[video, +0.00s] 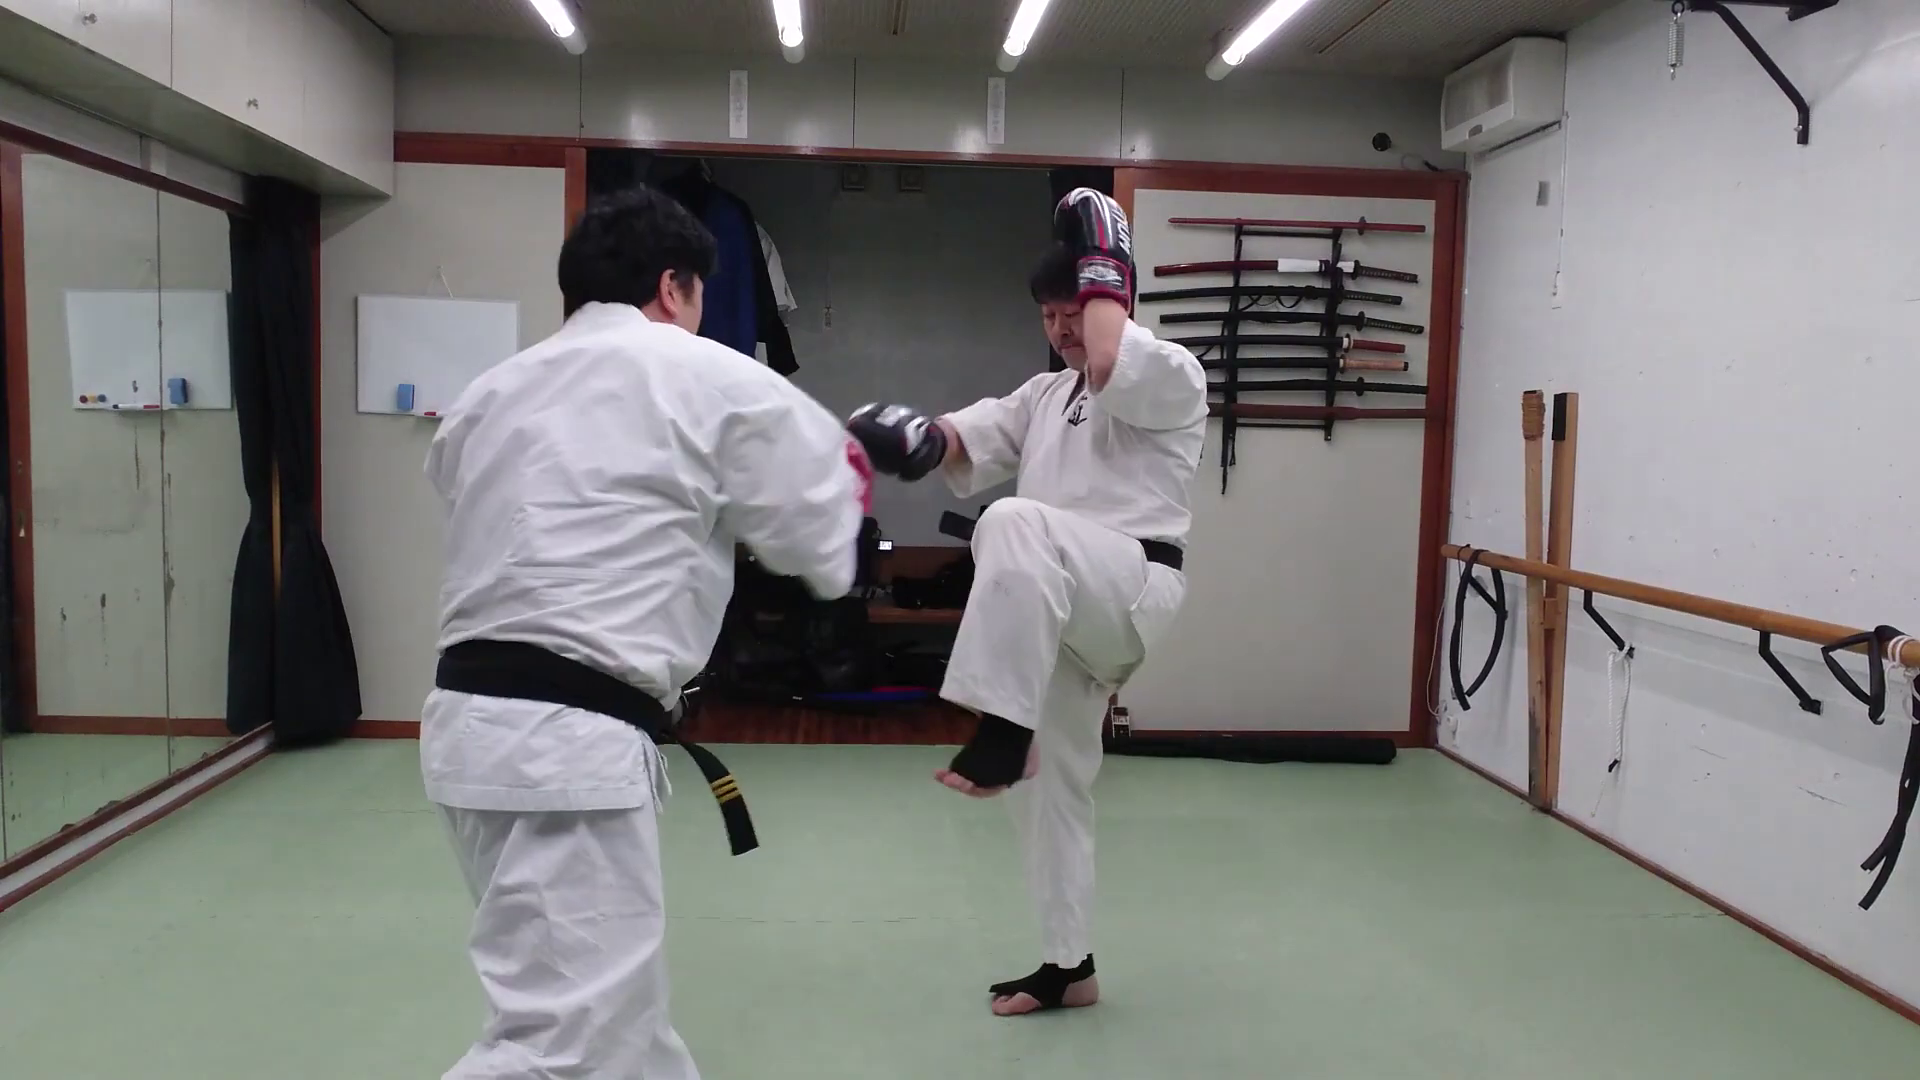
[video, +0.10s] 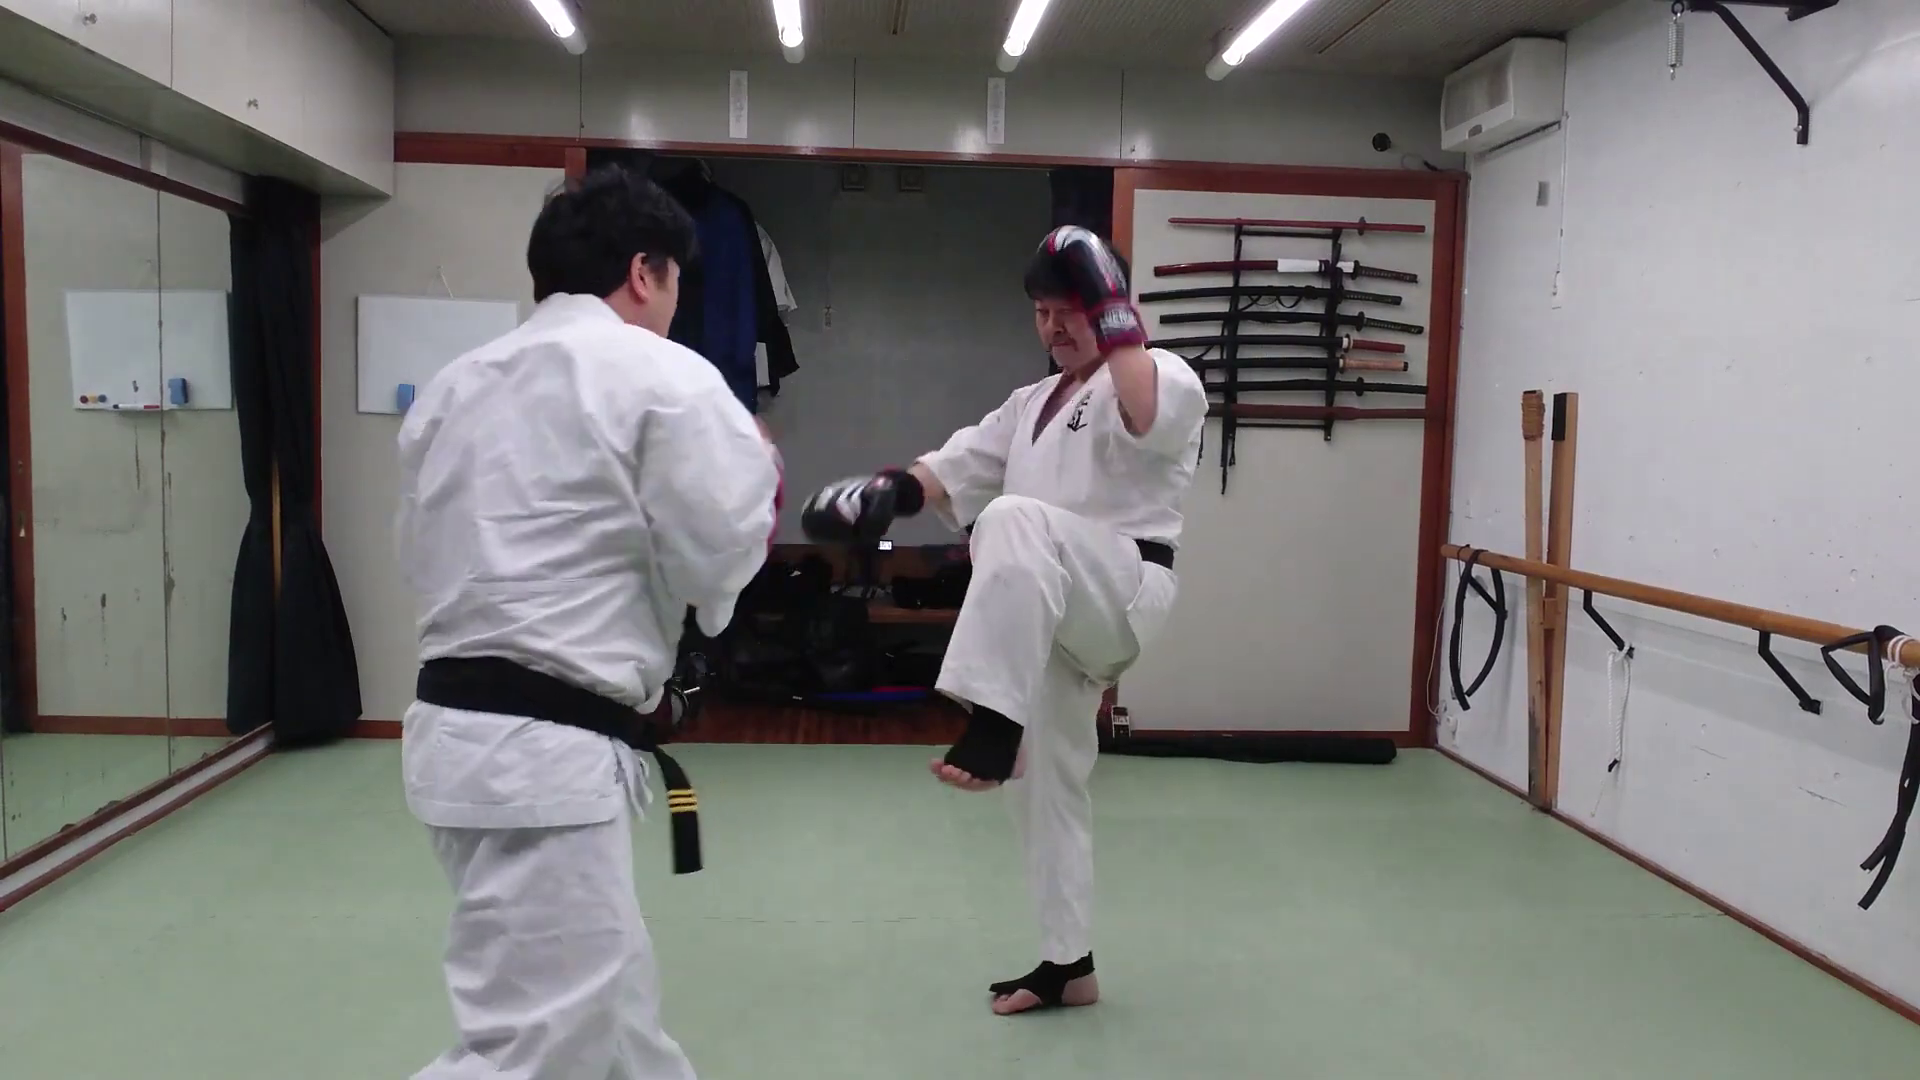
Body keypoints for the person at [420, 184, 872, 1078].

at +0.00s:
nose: (703, 315)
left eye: (702, 296)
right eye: (700, 293)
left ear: (575, 289)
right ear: (671, 289)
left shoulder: (489, 392)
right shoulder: (703, 378)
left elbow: (494, 546)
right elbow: (830, 552)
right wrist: (840, 459)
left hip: (459, 741)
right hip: (576, 750)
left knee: (621, 1031)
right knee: (552, 1039)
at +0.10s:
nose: (676, 307)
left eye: (676, 284)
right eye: (675, 283)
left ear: (548, 275)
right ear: (639, 277)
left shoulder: (452, 384)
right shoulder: (660, 377)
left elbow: (424, 560)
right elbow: (722, 559)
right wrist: (754, 457)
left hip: (445, 739)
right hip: (551, 755)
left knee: (619, 1025)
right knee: (524, 1044)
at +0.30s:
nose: (630, 314)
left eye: (631, 289)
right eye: (629, 287)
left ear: (496, 278)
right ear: (592, 281)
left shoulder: (386, 398)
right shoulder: (577, 408)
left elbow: (307, 569)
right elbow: (647, 634)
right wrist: (705, 523)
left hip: (392, 769)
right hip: (484, 801)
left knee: (607, 1040)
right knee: (419, 1059)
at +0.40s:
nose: (620, 285)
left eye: (624, 259)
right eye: (621, 257)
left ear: (485, 241)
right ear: (578, 246)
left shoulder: (376, 362)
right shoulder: (564, 365)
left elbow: (330, 524)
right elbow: (643, 579)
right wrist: (685, 461)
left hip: (403, 737)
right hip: (494, 760)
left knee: (595, 1001)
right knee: (427, 1047)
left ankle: (620, 1068)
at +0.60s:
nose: (637, 292)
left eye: (639, 267)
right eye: (635, 264)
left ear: (520, 255)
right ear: (589, 258)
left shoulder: (437, 375)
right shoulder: (571, 365)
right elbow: (724, 521)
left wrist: (644, 391)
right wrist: (730, 409)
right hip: (490, 758)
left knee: (598, 1033)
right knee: (412, 1055)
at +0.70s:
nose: (679, 313)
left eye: (682, 288)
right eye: (678, 284)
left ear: (587, 267)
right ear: (633, 275)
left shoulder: (526, 360)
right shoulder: (573, 373)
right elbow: (698, 555)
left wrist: (693, 426)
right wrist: (726, 439)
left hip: (552, 747)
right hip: (462, 747)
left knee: (597, 1014)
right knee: (418, 1043)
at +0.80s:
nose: (698, 321)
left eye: (699, 297)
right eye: (695, 294)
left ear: (626, 280)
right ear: (649, 285)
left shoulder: (588, 367)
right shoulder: (565, 362)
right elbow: (667, 559)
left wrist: (742, 392)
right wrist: (713, 441)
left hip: (524, 738)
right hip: (431, 731)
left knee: (579, 964)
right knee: (387, 1036)